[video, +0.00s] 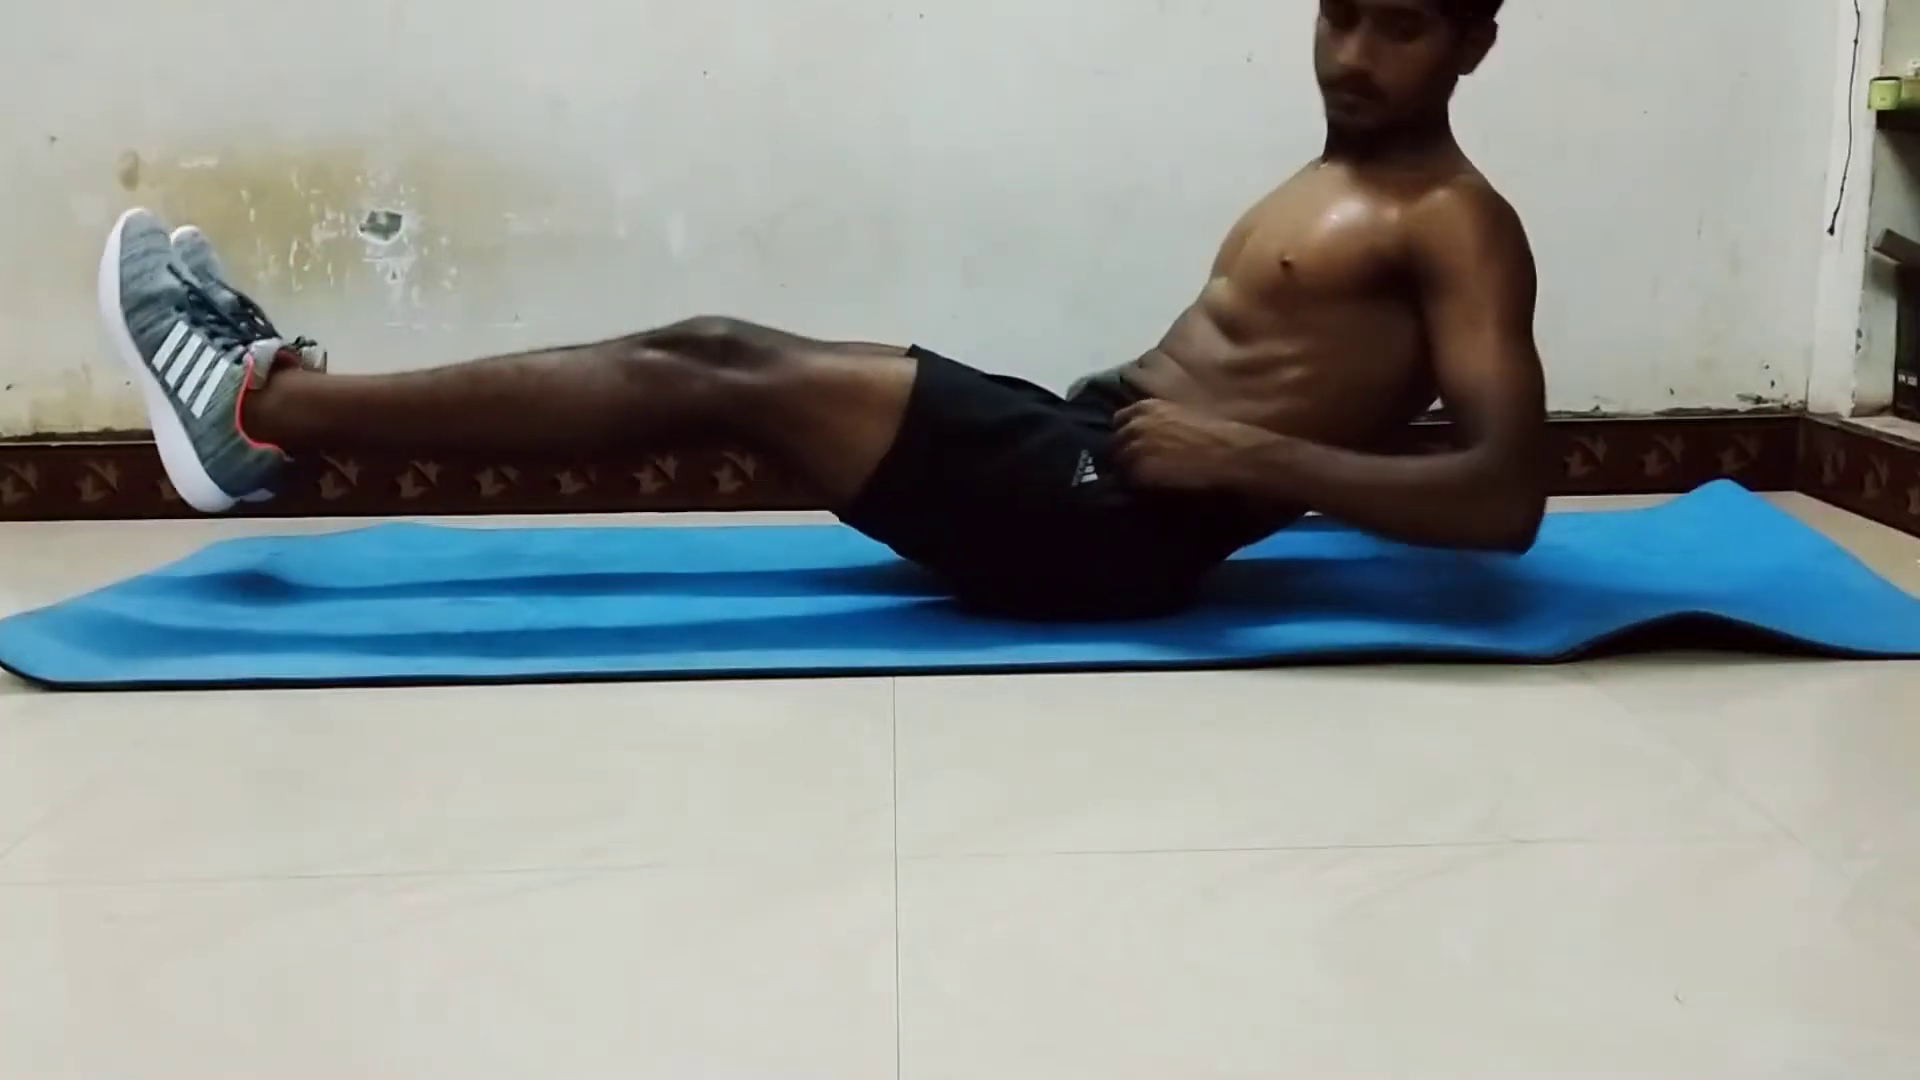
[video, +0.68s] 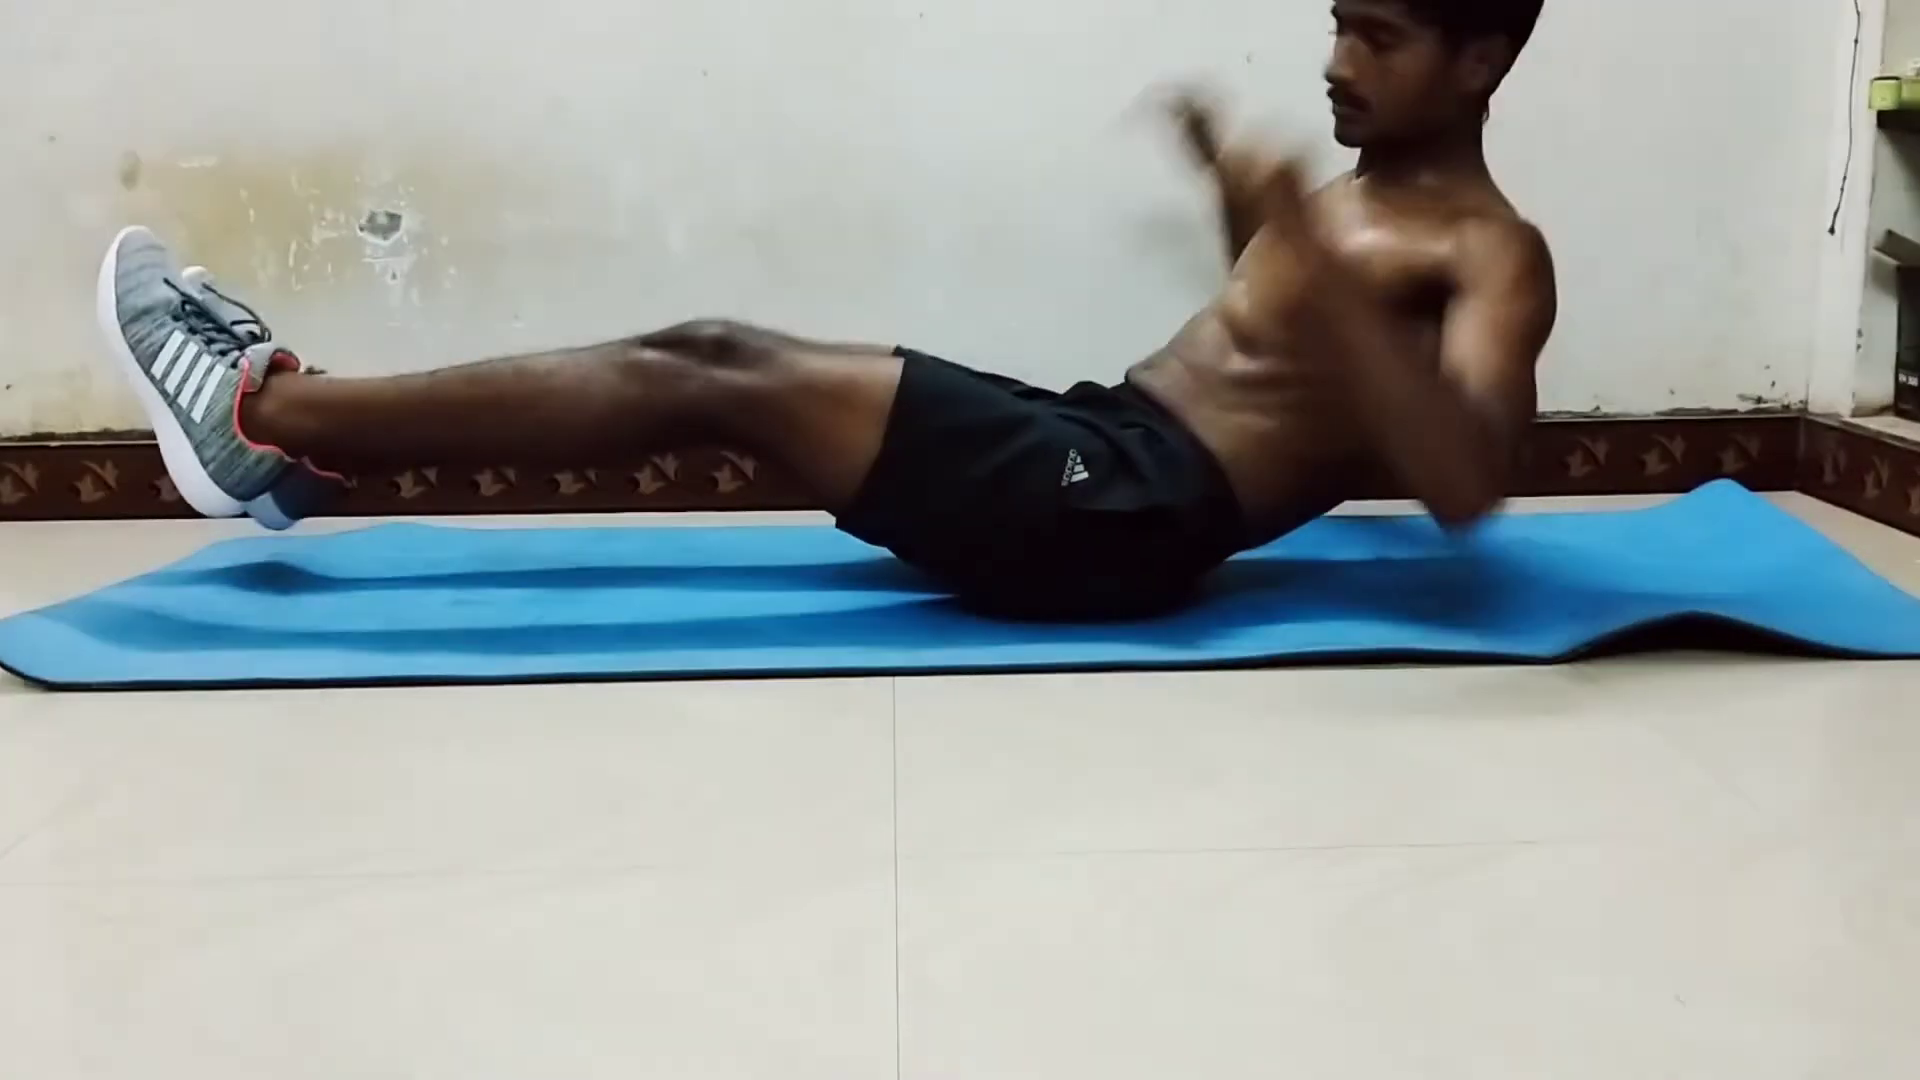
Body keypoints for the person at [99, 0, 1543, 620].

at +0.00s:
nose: (1347, 48)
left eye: (1392, 24)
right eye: (1337, 15)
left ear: (1472, 46)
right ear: (1319, 23)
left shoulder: (1458, 220)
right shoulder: (1337, 176)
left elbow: (1507, 494)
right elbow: (1309, 381)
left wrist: (1259, 462)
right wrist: (1157, 397)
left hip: (1123, 510)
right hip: (1079, 443)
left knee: (711, 368)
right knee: (706, 349)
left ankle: (264, 405)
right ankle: (287, 423)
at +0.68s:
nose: (1340, 55)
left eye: (1377, 35)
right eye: (1344, 24)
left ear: (1481, 62)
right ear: (1397, 47)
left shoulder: (1493, 253)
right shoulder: (1350, 186)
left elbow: (1469, 492)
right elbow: (1277, 309)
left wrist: (1341, 281)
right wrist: (1237, 182)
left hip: (1133, 498)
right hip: (1088, 445)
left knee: (708, 372)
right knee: (704, 361)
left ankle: (271, 411)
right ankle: (301, 452)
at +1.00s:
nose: (1309, 49)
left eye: (1333, 18)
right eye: (1318, 24)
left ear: (1427, 29)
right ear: (1434, 46)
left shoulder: (1475, 212)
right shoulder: (1419, 195)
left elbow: (1388, 288)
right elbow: (1372, 291)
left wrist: (1379, 88)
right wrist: (1353, 105)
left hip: (1134, 506)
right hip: (1099, 432)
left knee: (716, 386)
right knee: (747, 291)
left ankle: (253, 419)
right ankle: (336, 446)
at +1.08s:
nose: (1300, 58)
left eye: (1324, 25)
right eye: (1308, 32)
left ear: (1423, 31)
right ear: (1421, 45)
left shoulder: (1463, 203)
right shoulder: (1412, 187)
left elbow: (1355, 223)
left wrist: (1375, 67)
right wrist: (1354, 78)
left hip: (1139, 503)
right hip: (1100, 424)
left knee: (733, 397)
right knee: (771, 271)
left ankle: (253, 430)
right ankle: (389, 415)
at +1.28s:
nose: (1419, 36)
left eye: (1416, 24)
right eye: (1414, 15)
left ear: (1424, 56)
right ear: (1408, 50)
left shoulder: (1430, 176)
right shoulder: (1383, 175)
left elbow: (1227, 69)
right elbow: (1250, 66)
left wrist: (1387, 43)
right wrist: (1384, 46)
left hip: (1132, 499)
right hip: (1093, 420)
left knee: (718, 428)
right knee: (859, 195)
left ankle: (236, 449)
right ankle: (516, 377)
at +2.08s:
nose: (1231, 69)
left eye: (1249, 40)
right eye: (1232, 41)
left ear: (1353, 29)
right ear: (1328, 37)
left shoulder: (1420, 171)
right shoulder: (1357, 170)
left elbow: (1376, 84)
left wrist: (1429, 48)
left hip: (1147, 513)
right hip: (1126, 435)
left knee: (787, 285)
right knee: (895, 170)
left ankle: (351, 428)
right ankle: (514, 305)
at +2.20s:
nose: (1249, 78)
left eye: (1273, 43)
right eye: (1240, 53)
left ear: (1380, 39)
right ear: (1290, 64)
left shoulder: (1447, 170)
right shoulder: (1334, 173)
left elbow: (1468, 29)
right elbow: (1195, 50)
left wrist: (1373, 49)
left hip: (1155, 516)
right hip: (1124, 476)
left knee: (847, 207)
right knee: (845, 200)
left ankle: (448, 343)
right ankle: (458, 331)